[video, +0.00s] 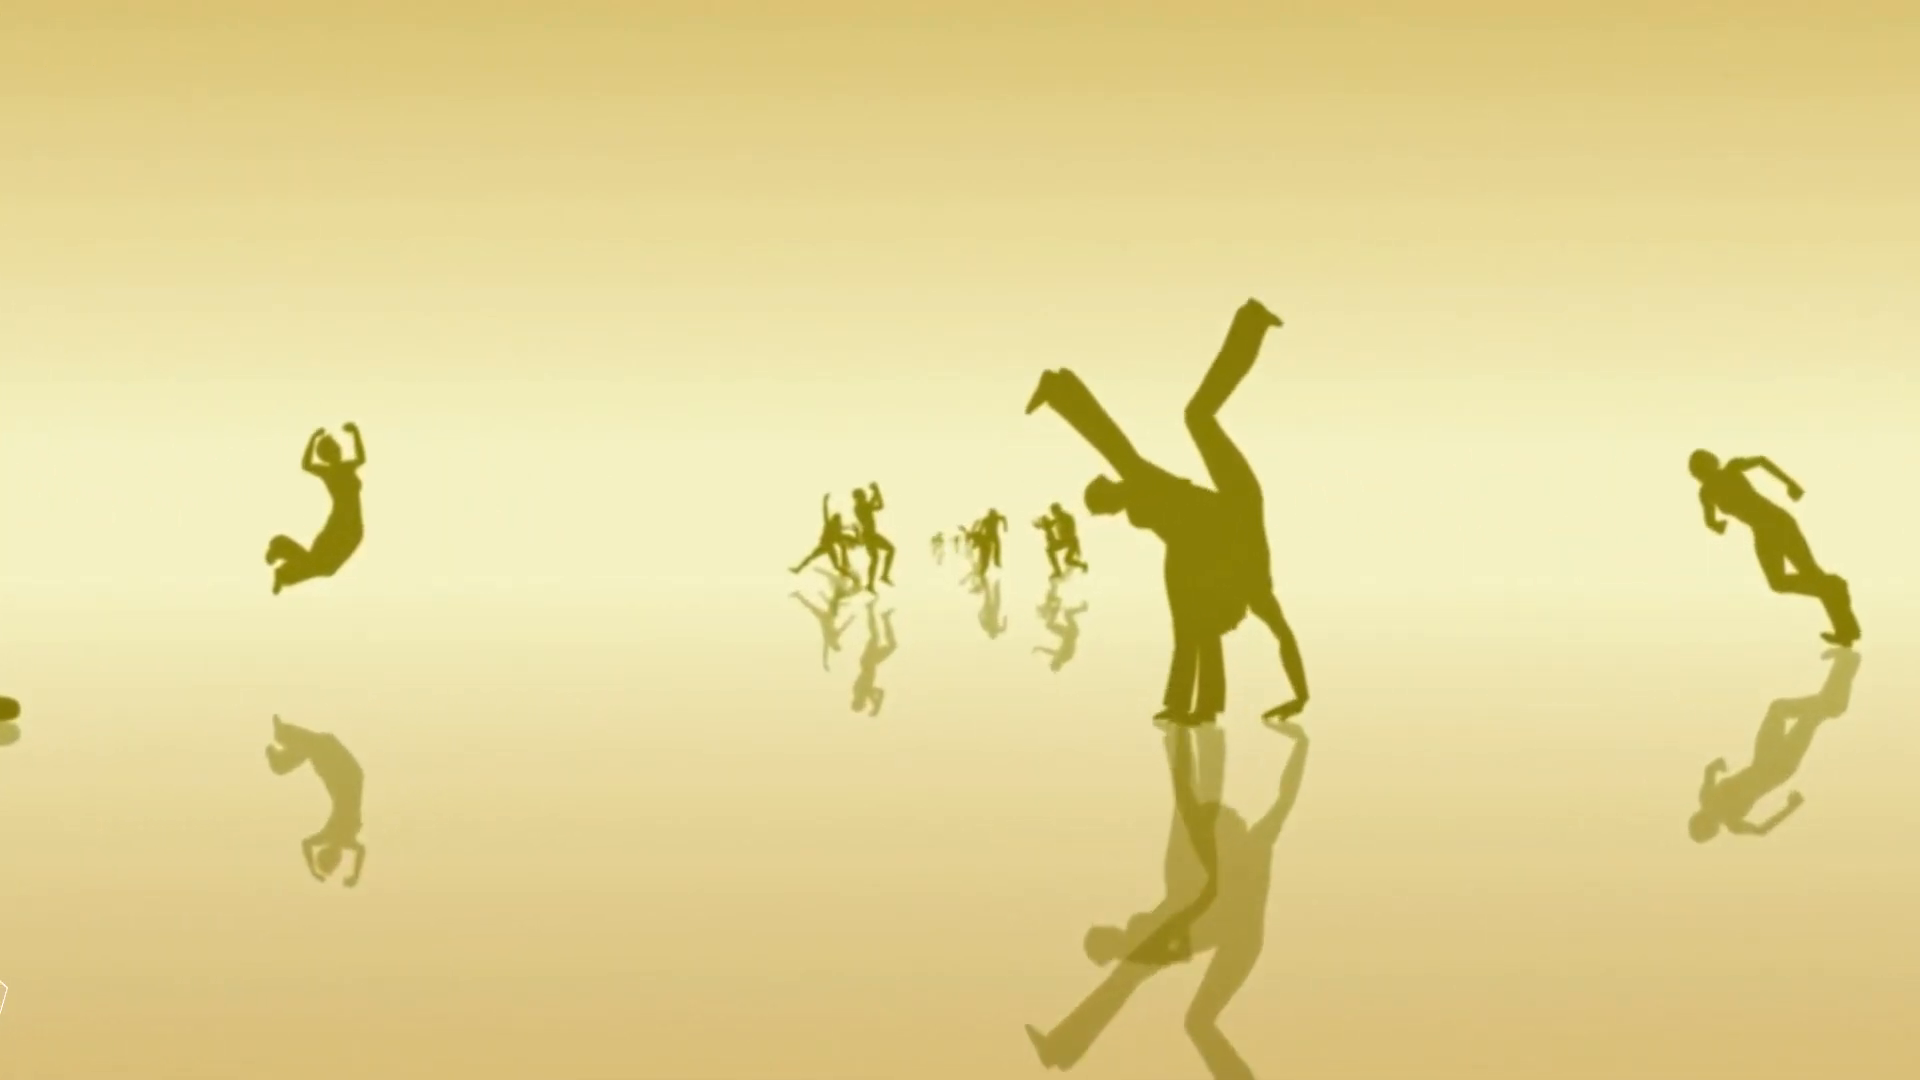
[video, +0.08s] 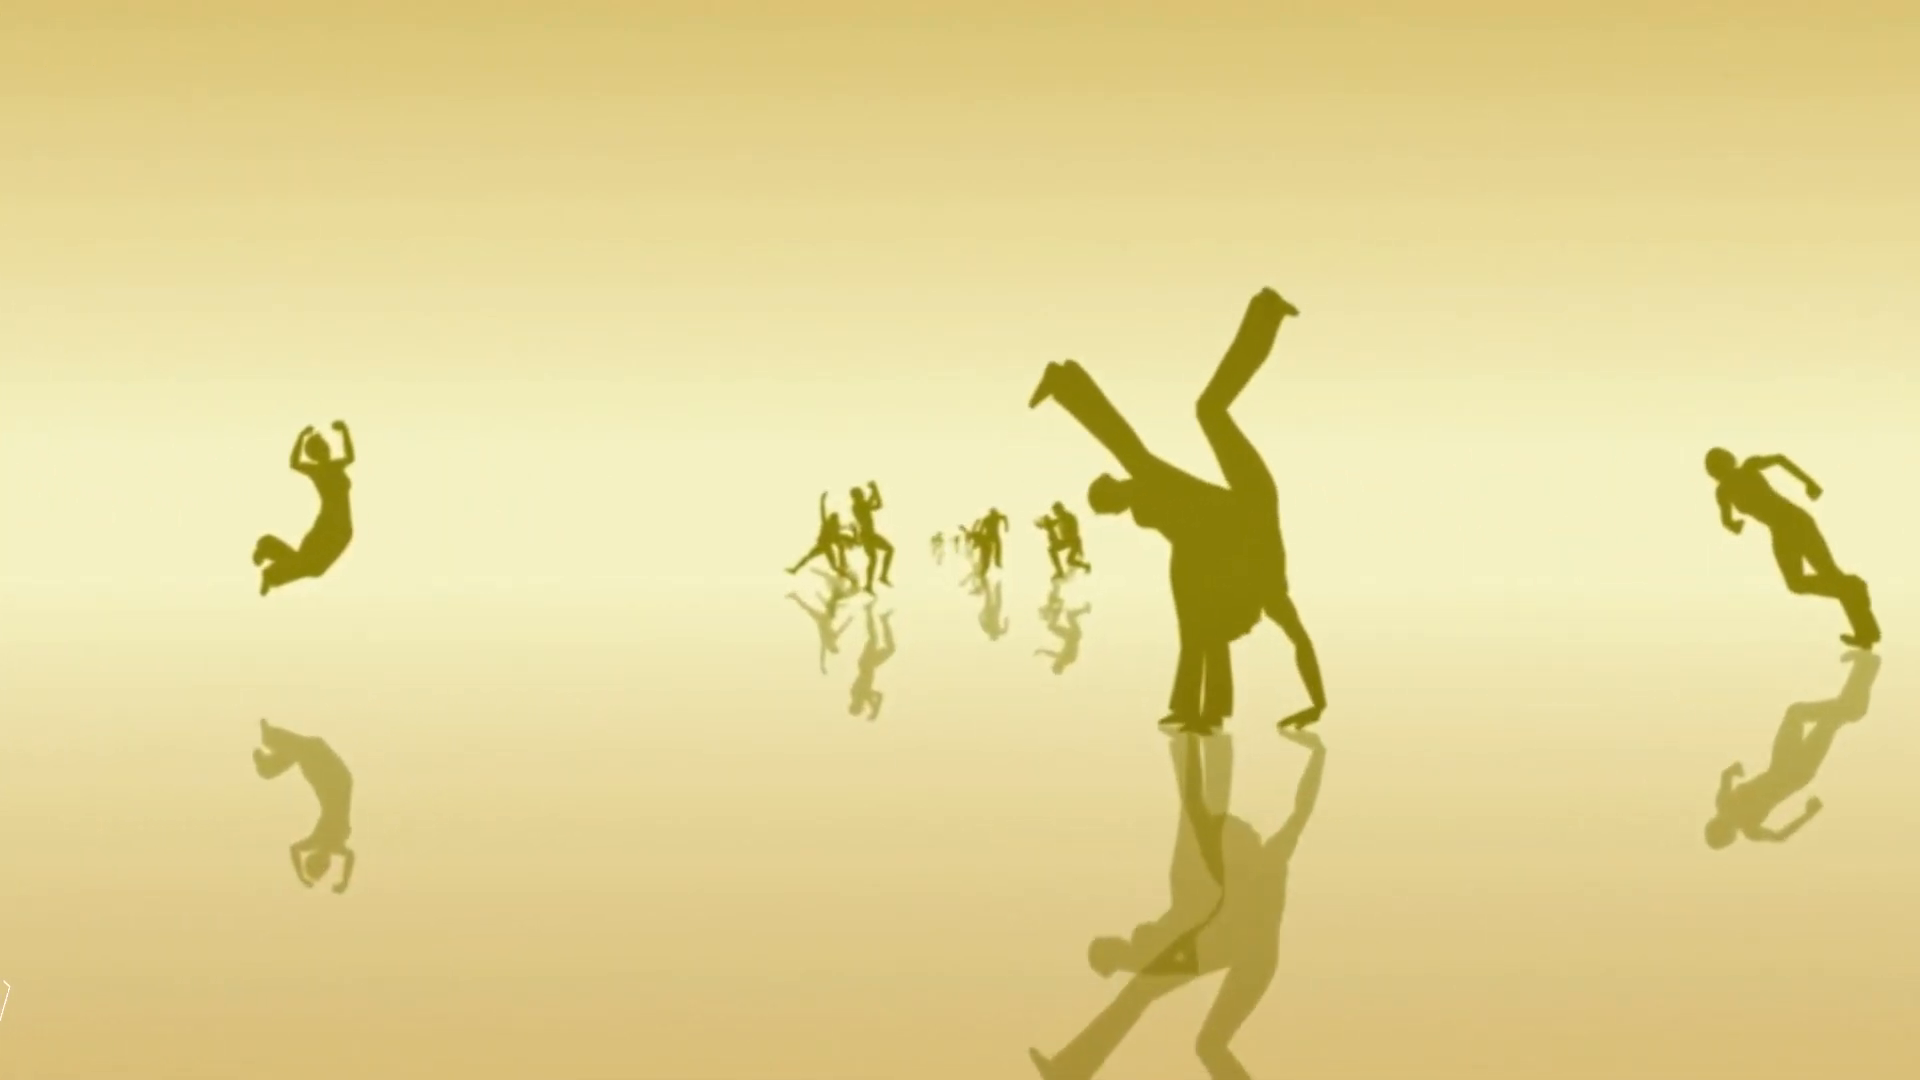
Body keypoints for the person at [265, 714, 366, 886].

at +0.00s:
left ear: (335, 856)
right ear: (322, 853)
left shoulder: (346, 841)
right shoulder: (325, 838)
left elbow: (362, 849)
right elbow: (305, 843)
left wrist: (355, 875)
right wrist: (312, 870)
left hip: (330, 747)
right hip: (317, 747)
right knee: (279, 767)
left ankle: (282, 730)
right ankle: (270, 749)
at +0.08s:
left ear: (324, 862)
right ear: (311, 859)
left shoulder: (335, 847)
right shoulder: (314, 843)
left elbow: (351, 855)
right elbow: (294, 849)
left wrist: (345, 882)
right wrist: (300, 876)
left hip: (320, 752)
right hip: (306, 751)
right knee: (267, 771)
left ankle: (270, 733)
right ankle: (257, 753)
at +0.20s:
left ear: (316, 866)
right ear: (303, 863)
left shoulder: (327, 851)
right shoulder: (307, 847)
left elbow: (343, 859)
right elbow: (286, 853)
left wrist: (337, 886)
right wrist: (293, 881)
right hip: (298, 753)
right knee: (258, 774)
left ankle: (262, 736)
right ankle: (249, 756)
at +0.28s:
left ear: (305, 872)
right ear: (291, 868)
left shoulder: (315, 857)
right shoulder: (293, 853)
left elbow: (332, 865)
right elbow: (272, 859)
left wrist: (325, 893)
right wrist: (280, 887)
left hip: (298, 757)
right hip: (285, 756)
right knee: (245, 779)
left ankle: (248, 740)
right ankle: (235, 760)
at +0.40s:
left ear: (297, 876)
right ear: (283, 872)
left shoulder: (307, 860)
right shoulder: (286, 857)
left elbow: (324, 870)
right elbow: (263, 863)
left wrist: (317, 898)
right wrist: (271, 891)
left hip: (290, 761)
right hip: (276, 760)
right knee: (236, 782)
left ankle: (239, 742)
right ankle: (226, 762)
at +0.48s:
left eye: (275, 894)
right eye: (271, 893)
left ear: (283, 882)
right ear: (271, 879)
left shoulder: (294, 866)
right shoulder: (273, 863)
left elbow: (312, 876)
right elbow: (250, 870)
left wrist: (305, 905)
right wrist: (259, 899)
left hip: (277, 765)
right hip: (264, 764)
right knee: (222, 786)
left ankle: (225, 747)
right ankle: (212, 768)